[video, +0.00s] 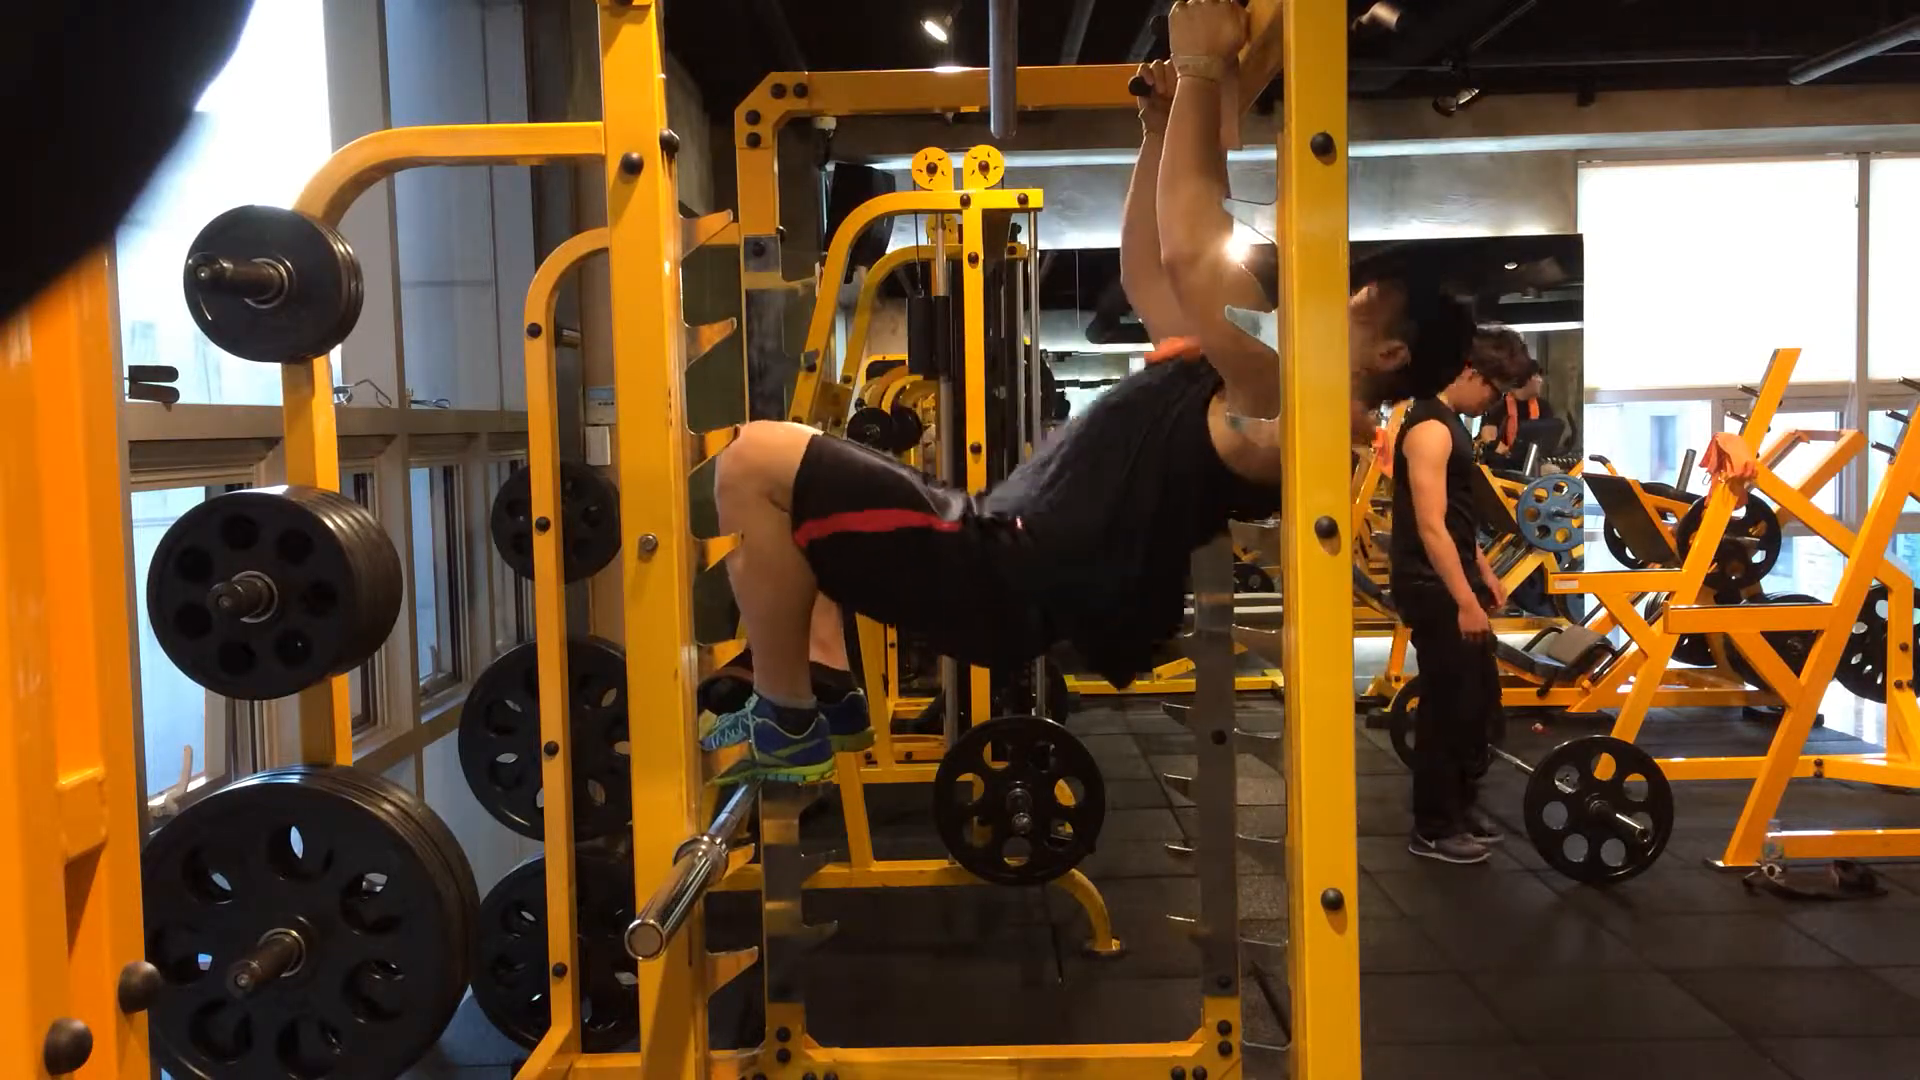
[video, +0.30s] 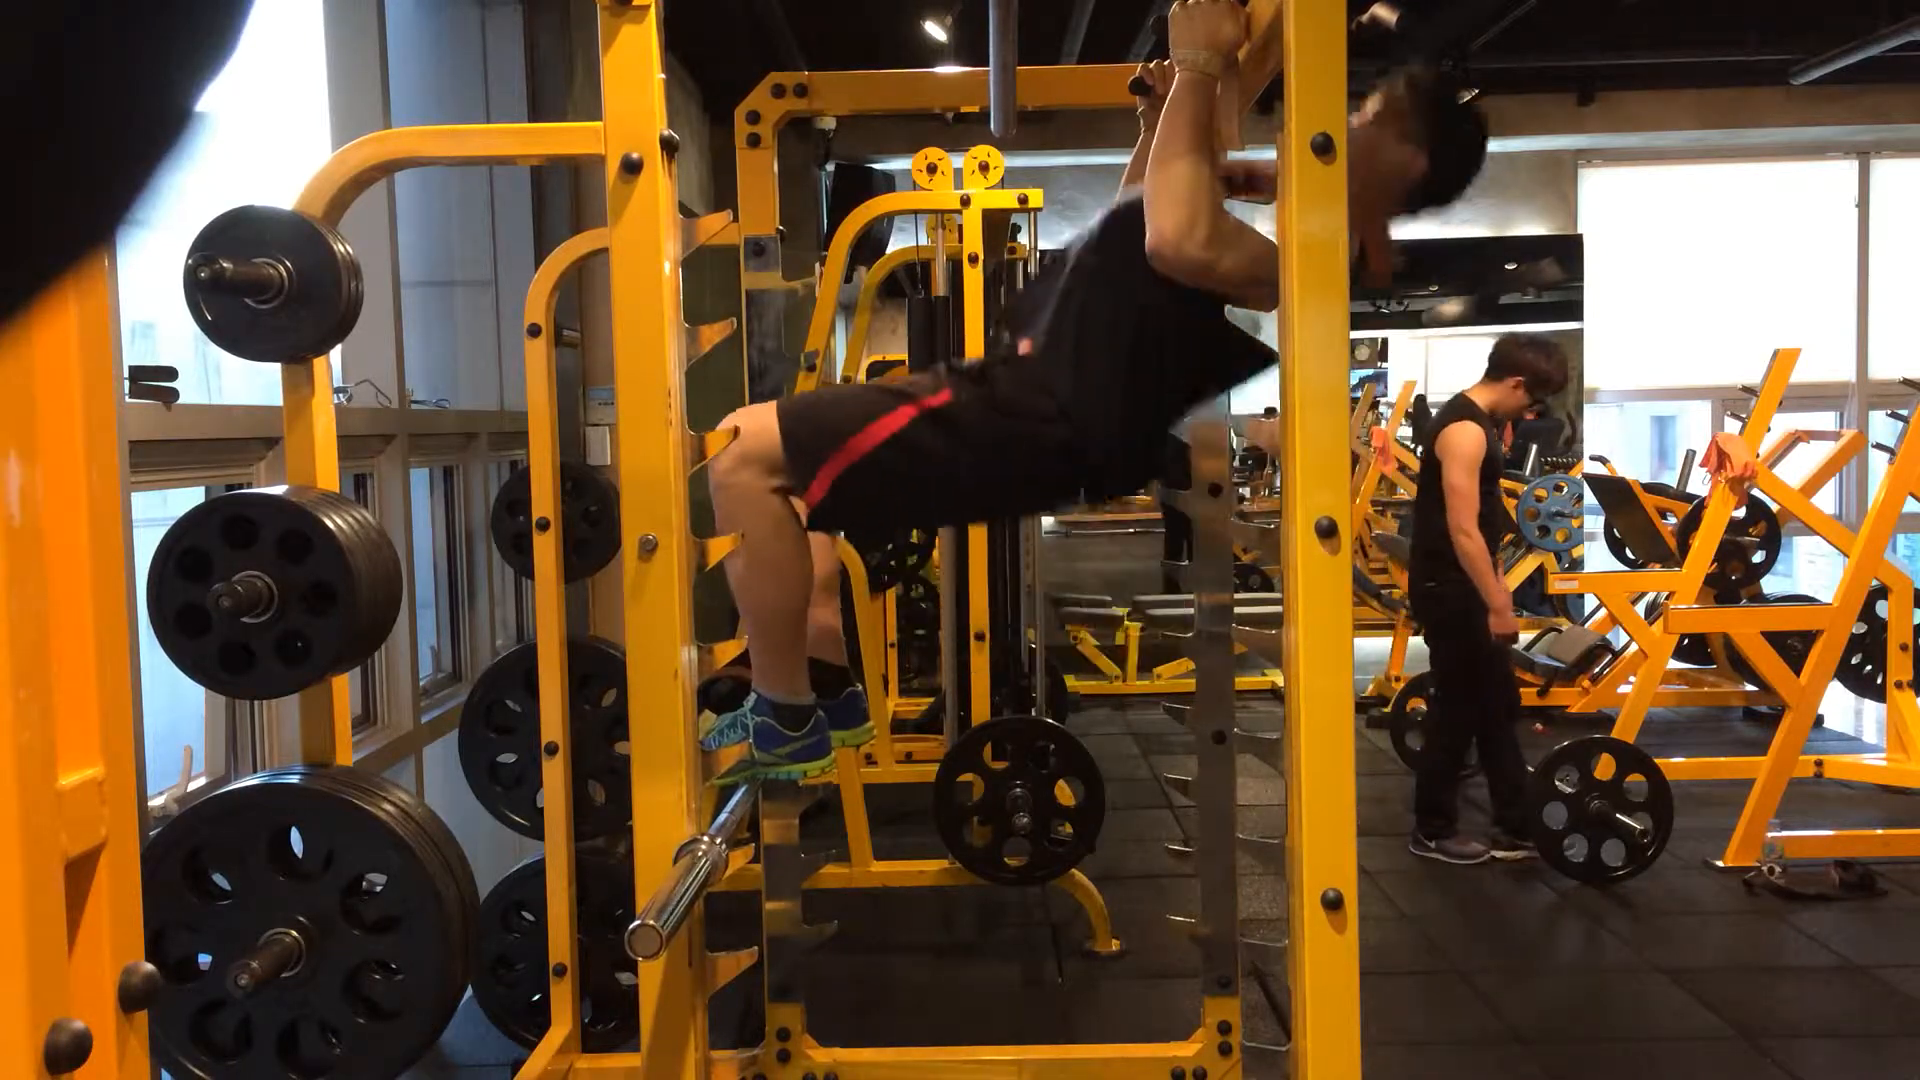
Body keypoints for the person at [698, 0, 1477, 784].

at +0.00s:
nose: (1335, 298)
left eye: (1359, 299)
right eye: (1354, 289)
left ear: (1383, 351)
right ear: (1365, 333)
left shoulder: (1301, 414)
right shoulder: (1259, 379)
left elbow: (1200, 266)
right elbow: (1149, 281)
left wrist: (1205, 75)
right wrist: (1161, 120)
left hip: (1008, 583)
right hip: (998, 537)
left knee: (752, 468)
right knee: (778, 448)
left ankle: (786, 715)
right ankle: (821, 670)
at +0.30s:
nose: (1357, 119)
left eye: (1382, 120)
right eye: (1370, 105)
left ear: (1412, 172)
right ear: (1362, 125)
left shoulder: (1339, 250)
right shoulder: (1315, 210)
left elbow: (1185, 241)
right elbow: (1157, 216)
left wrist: (1203, 71)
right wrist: (1190, 90)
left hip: (1057, 423)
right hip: (1039, 387)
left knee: (745, 460)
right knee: (768, 431)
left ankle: (783, 714)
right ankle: (821, 670)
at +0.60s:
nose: (1348, 118)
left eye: (1374, 117)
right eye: (1358, 102)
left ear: (1410, 164)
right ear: (1346, 113)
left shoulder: (1347, 239)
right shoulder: (1313, 212)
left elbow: (1188, 246)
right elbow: (1143, 241)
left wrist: (1206, 75)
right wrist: (1161, 123)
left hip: (1050, 436)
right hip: (1040, 411)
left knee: (757, 454)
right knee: (794, 449)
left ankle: (786, 714)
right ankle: (827, 673)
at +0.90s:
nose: (1338, 258)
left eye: (1365, 257)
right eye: (1354, 248)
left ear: (1398, 310)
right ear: (1386, 312)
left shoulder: (1321, 394)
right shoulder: (1279, 377)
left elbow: (1207, 256)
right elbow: (1155, 287)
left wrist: (1205, 76)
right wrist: (1158, 132)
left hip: (1038, 564)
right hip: (1034, 534)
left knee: (772, 460)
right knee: (806, 454)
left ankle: (786, 719)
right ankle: (827, 679)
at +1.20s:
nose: (1335, 229)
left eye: (1364, 226)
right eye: (1354, 216)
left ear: (1399, 274)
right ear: (1388, 266)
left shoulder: (1338, 351)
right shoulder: (1300, 331)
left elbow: (1195, 253)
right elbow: (1138, 273)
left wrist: (1205, 72)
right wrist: (1157, 123)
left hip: (1025, 519)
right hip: (1013, 485)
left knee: (747, 469)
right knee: (766, 440)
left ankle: (784, 714)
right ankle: (822, 669)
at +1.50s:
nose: (1329, 84)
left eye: (1355, 81)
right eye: (1340, 71)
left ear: (1391, 132)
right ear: (1350, 118)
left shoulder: (1343, 233)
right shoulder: (1297, 188)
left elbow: (1177, 234)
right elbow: (1156, 195)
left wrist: (1199, 60)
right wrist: (1191, 80)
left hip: (1050, 407)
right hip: (1016, 364)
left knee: (743, 459)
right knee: (749, 433)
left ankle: (784, 712)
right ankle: (826, 672)